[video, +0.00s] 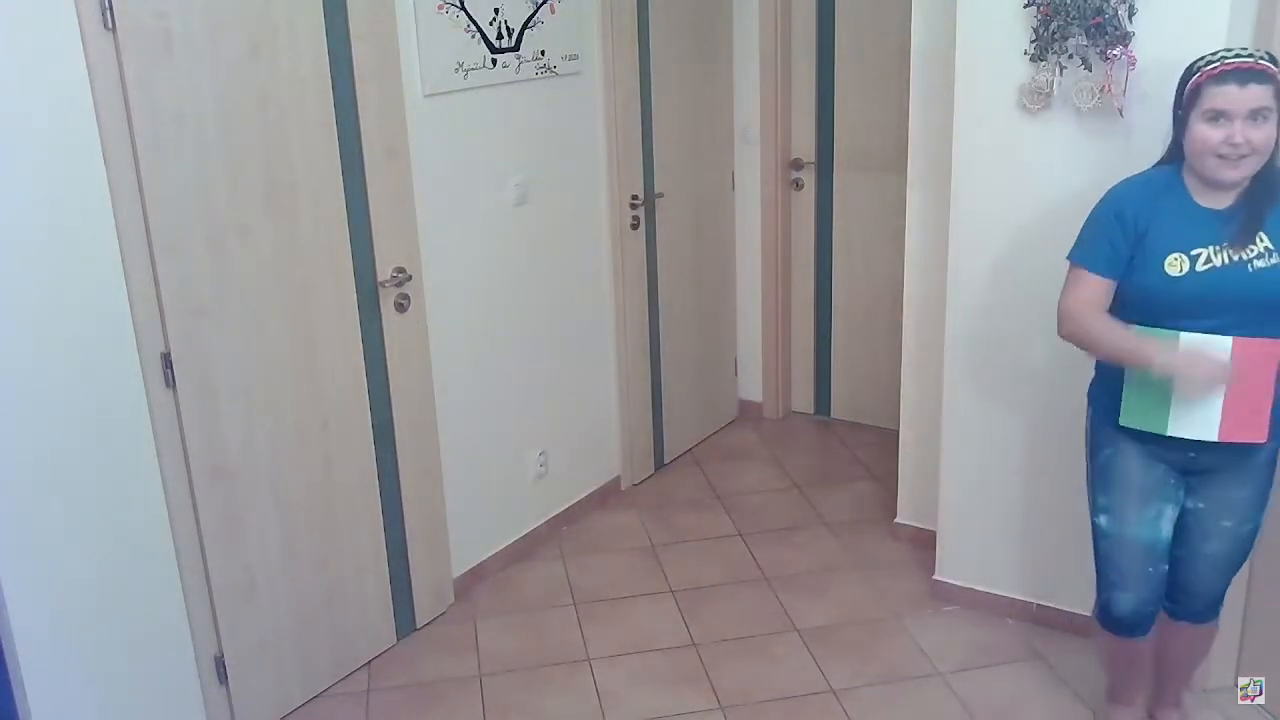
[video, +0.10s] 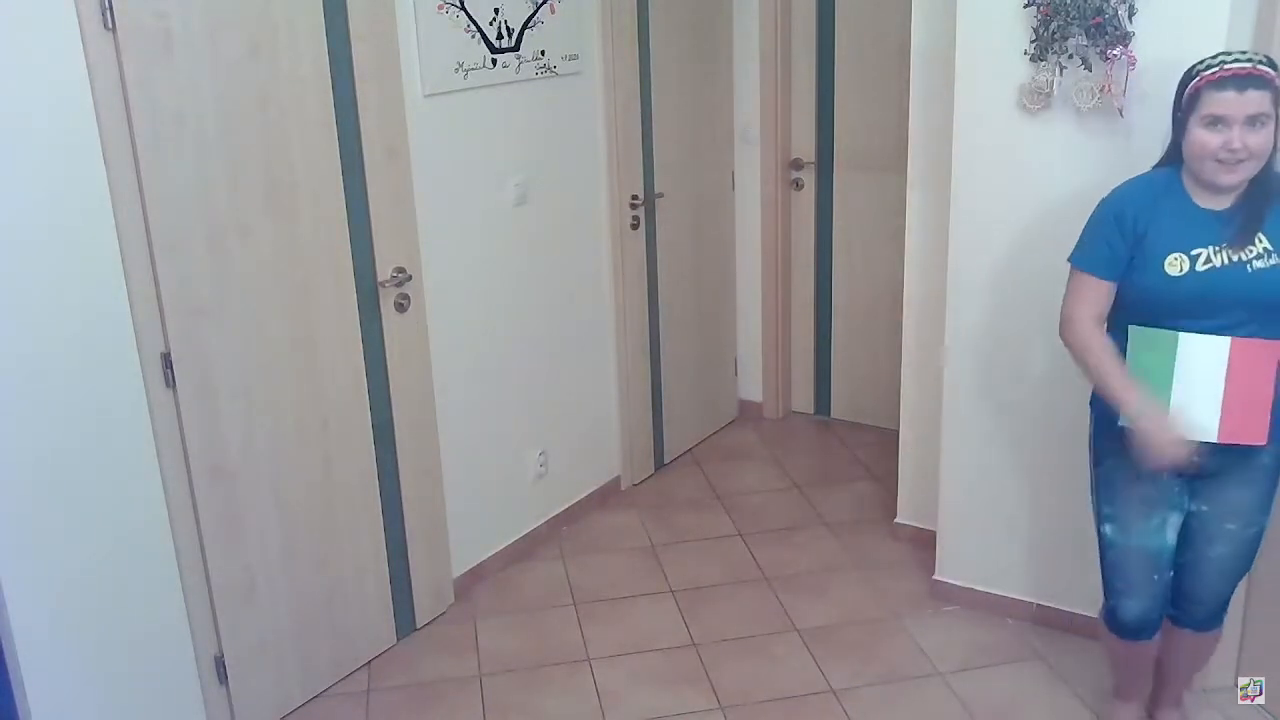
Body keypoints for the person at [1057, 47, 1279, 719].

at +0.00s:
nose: (1236, 136)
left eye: (1255, 117)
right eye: (1216, 117)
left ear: (1277, 128)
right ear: (1183, 126)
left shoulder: (1275, 212)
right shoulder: (1134, 203)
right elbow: (1075, 315)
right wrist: (1168, 358)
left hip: (1244, 443)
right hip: (1136, 434)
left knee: (1197, 602)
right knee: (1127, 605)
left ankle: (1171, 704)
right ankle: (1123, 706)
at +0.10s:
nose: (1234, 141)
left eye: (1254, 123)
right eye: (1215, 122)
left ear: (1274, 132)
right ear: (1182, 128)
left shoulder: (1276, 214)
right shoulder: (1132, 208)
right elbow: (1079, 321)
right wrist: (1142, 413)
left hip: (1249, 445)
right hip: (1142, 436)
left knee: (1201, 609)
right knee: (1133, 611)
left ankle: (1171, 704)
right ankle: (1127, 703)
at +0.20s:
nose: (1229, 142)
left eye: (1248, 124)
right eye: (1210, 124)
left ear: (1270, 133)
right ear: (1179, 131)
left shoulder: (1277, 213)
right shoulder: (1127, 213)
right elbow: (1070, 327)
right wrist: (1054, 439)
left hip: (1250, 452)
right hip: (1141, 444)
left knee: (1207, 610)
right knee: (1146, 615)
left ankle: (1171, 702)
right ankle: (1129, 700)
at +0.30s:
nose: (1221, 126)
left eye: (1241, 109)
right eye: (1202, 109)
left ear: (1262, 122)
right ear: (1171, 120)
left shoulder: (1272, 206)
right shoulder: (1118, 205)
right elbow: (1042, 298)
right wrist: (978, 378)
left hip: (1250, 437)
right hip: (1143, 431)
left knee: (1204, 595)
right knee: (1153, 606)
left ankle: (1171, 701)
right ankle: (1127, 702)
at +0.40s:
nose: (1206, 121)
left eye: (1226, 105)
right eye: (1187, 104)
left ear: (1248, 117)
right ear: (1158, 115)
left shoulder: (1270, 199)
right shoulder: (1107, 195)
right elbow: (1024, 266)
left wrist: (1256, 290)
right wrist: (939, 321)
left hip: (1241, 432)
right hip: (1134, 428)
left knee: (1199, 594)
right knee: (1142, 609)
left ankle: (1171, 704)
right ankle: (1115, 694)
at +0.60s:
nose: (1175, 129)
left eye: (1194, 113)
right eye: (1157, 113)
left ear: (1219, 122)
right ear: (1131, 121)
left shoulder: (1257, 211)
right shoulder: (1086, 197)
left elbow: (1274, 330)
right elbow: (1000, 268)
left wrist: (1240, 400)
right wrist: (907, 311)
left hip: (1202, 445)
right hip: (1095, 440)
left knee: (1193, 617)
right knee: (1104, 605)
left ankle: (1172, 701)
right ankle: (1112, 695)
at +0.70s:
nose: (1156, 118)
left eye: (1176, 103)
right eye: (1139, 103)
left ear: (1201, 118)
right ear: (1113, 114)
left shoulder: (1240, 213)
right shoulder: (1066, 192)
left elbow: (1274, 324)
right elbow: (989, 271)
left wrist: (1271, 411)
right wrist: (909, 319)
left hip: (1181, 439)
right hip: (1074, 430)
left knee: (1142, 611)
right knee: (1093, 597)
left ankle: (1119, 708)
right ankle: (1117, 697)